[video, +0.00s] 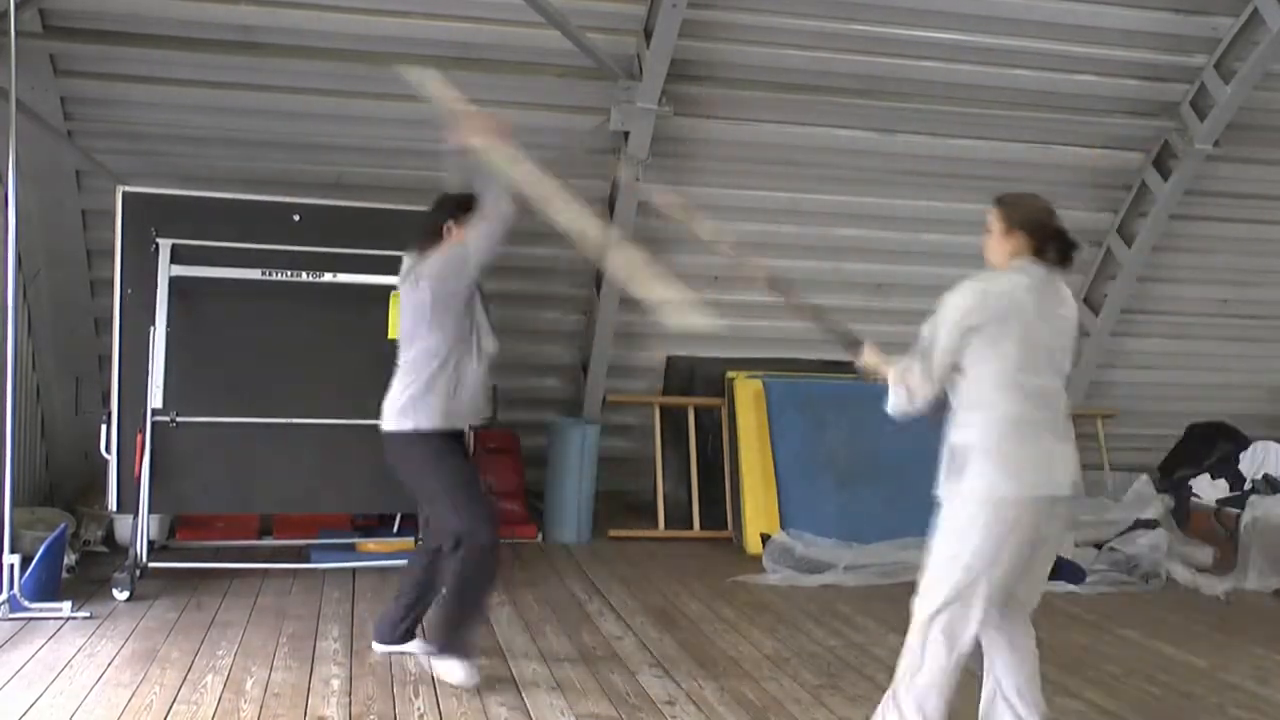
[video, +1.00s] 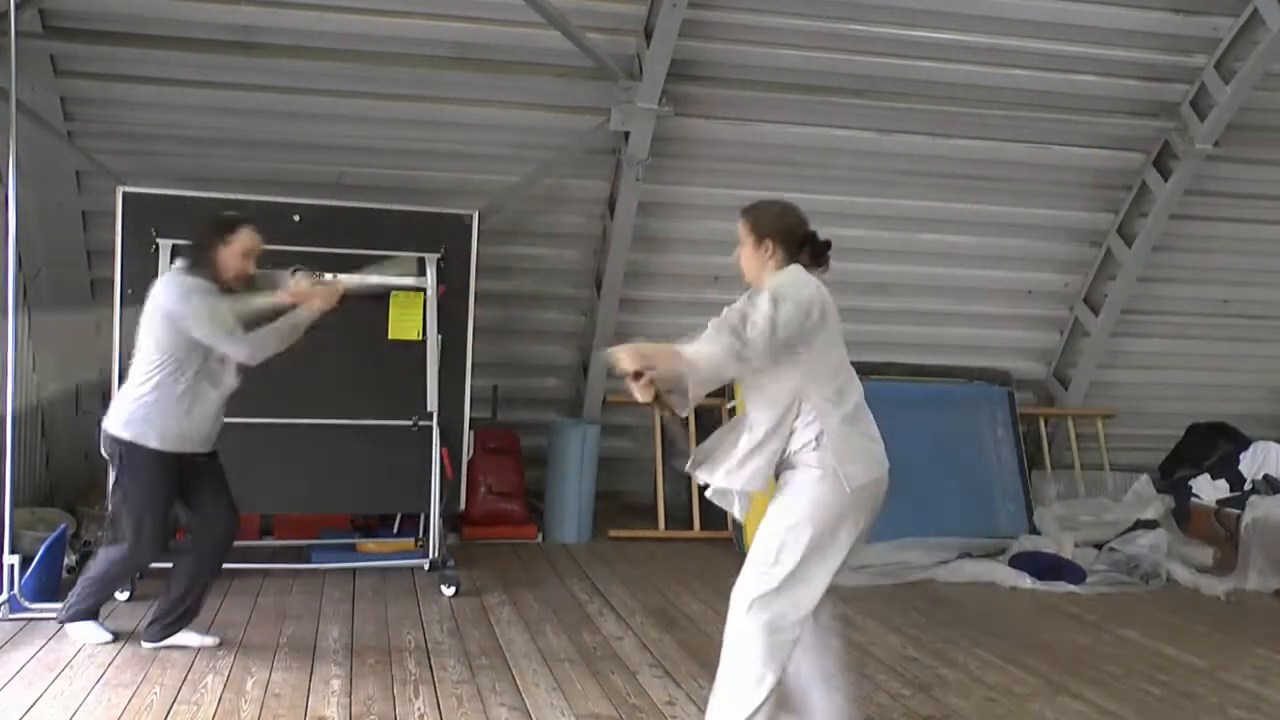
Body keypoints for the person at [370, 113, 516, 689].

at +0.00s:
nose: (481, 239)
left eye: (480, 229)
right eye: (475, 228)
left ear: (449, 230)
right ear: (452, 229)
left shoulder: (439, 274)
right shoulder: (436, 274)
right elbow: (491, 219)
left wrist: (470, 149)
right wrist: (497, 153)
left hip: (435, 430)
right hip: (421, 431)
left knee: (440, 539)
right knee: (476, 532)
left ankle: (393, 632)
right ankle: (444, 643)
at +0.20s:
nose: (466, 229)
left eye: (470, 221)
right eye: (459, 218)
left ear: (456, 226)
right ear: (433, 211)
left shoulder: (434, 268)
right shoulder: (398, 246)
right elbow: (428, 168)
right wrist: (390, 137)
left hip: (407, 410)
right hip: (384, 409)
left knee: (414, 529)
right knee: (414, 532)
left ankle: (378, 626)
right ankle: (388, 657)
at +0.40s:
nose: (418, 240)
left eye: (422, 228)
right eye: (412, 227)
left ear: (385, 222)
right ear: (387, 220)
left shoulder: (361, 255)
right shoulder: (354, 254)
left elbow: (423, 264)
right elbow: (436, 262)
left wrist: (446, 211)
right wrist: (472, 211)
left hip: (330, 417)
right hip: (305, 417)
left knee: (359, 518)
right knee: (344, 526)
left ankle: (357, 628)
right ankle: (304, 658)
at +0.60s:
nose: (356, 278)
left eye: (360, 267)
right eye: (350, 266)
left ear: (329, 260)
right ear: (322, 257)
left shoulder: (309, 293)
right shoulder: (283, 297)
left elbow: (361, 339)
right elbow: (344, 361)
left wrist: (430, 344)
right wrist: (423, 369)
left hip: (258, 424)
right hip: (243, 425)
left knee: (275, 531)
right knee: (294, 537)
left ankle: (189, 603)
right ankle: (295, 667)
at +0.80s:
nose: (299, 277)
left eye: (303, 268)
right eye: (295, 266)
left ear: (276, 257)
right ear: (270, 254)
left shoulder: (255, 280)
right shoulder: (229, 287)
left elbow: (325, 293)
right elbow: (285, 352)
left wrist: (375, 330)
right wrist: (356, 335)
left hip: (207, 423)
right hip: (175, 422)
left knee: (221, 526)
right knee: (211, 527)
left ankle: (168, 622)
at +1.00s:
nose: (252, 267)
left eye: (255, 258)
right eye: (245, 256)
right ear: (218, 249)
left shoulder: (210, 290)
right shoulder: (180, 291)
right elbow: (247, 349)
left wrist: (284, 298)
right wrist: (308, 312)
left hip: (190, 441)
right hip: (142, 439)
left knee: (218, 527)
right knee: (142, 542)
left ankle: (165, 627)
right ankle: (77, 612)